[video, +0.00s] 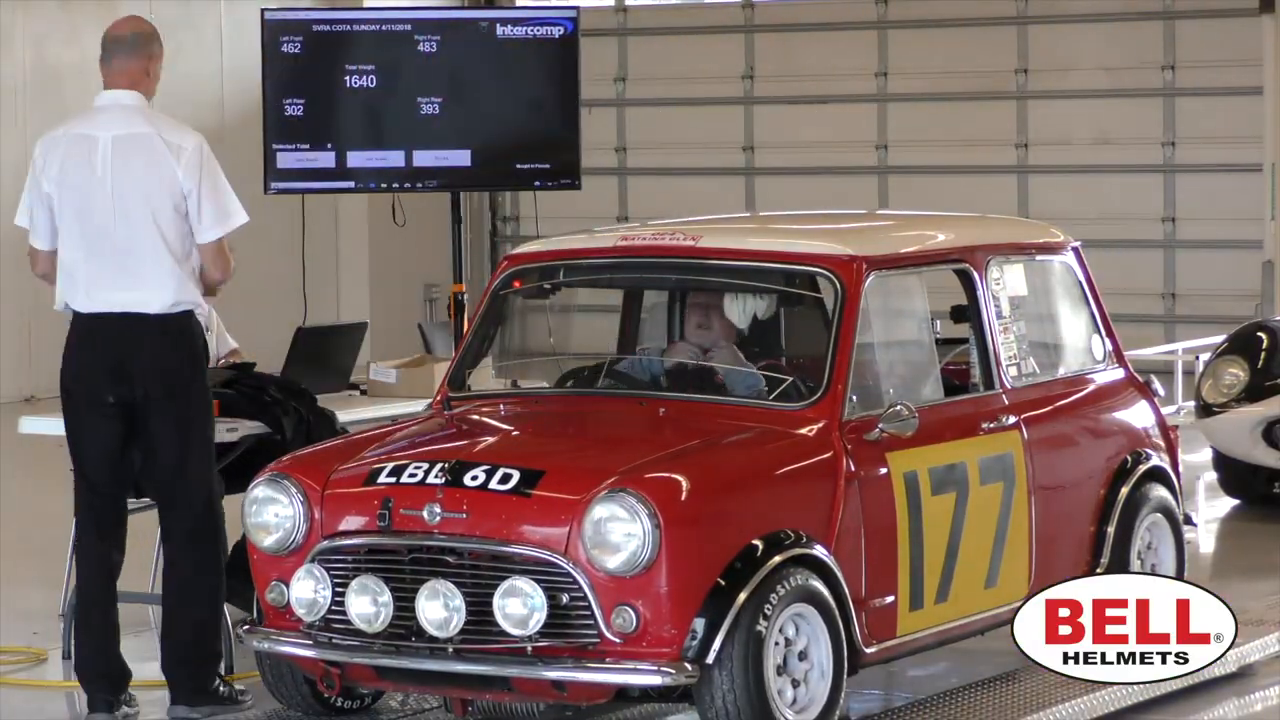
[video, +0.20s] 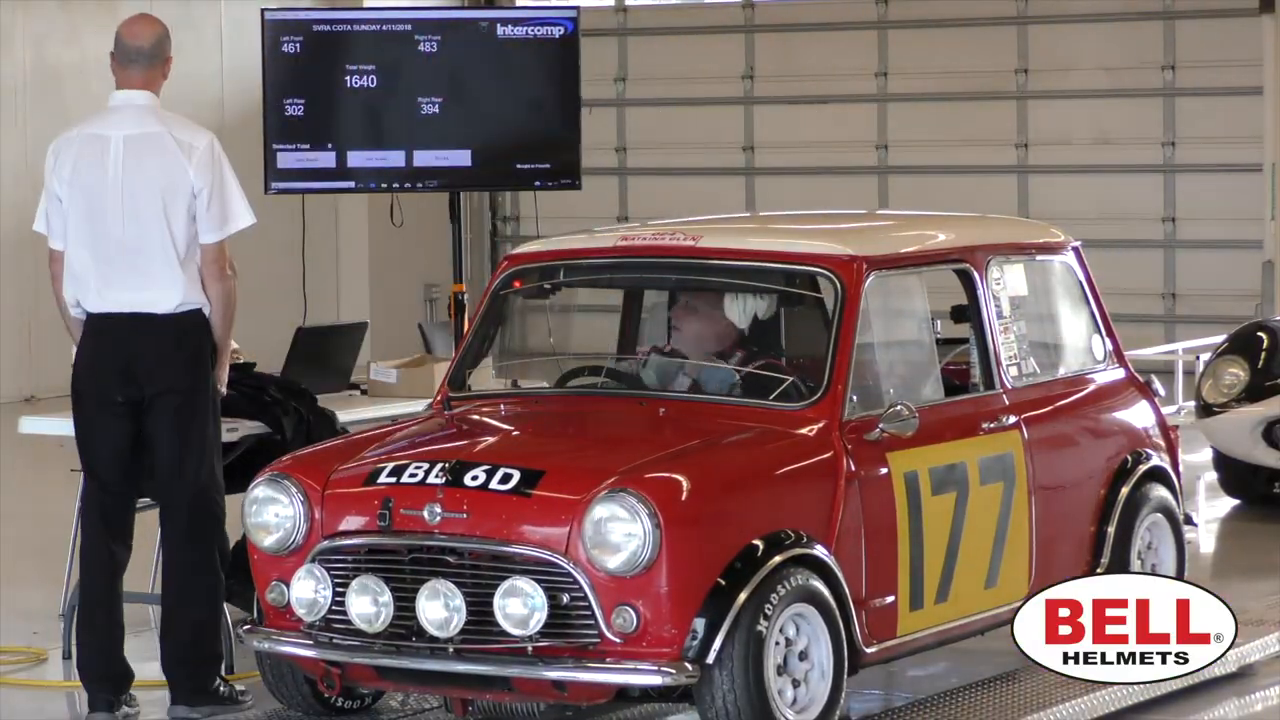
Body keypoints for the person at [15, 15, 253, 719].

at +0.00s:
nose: (159, 74)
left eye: (150, 62)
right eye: (159, 63)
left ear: (101, 66)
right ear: (153, 65)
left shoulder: (54, 145)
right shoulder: (183, 144)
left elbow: (42, 262)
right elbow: (216, 268)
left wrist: (104, 279)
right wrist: (183, 290)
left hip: (88, 346)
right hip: (169, 348)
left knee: (96, 516)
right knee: (190, 515)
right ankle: (192, 683)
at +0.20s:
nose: (160, 71)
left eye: (141, 57)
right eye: (166, 61)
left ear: (111, 64)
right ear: (167, 68)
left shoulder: (66, 147)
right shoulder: (195, 144)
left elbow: (58, 266)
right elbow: (215, 265)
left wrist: (86, 338)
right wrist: (223, 349)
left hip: (99, 346)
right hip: (179, 344)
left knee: (104, 512)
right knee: (191, 513)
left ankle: (102, 684)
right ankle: (193, 682)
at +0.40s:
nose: (321, 107)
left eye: (324, 94)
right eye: (320, 93)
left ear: (266, 76)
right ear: (293, 82)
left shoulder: (196, 143)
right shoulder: (282, 158)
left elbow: (180, 259)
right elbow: (285, 282)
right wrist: (316, 359)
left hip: (192, 344)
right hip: (256, 349)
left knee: (189, 511)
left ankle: (119, 663)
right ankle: (271, 674)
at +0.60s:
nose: (210, 283)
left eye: (213, 275)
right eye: (203, 274)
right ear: (172, 269)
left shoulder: (202, 316)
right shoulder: (122, 313)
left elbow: (217, 381)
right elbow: (98, 390)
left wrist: (252, 368)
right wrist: (149, 384)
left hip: (200, 442)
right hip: (135, 445)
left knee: (287, 466)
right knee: (203, 483)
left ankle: (242, 578)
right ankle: (195, 602)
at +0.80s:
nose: (186, 291)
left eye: (194, 282)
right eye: (176, 280)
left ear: (201, 281)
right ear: (151, 272)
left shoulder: (201, 312)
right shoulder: (111, 323)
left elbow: (220, 372)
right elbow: (92, 400)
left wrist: (245, 364)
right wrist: (152, 394)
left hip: (203, 443)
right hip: (135, 448)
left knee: (289, 466)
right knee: (203, 481)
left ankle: (241, 574)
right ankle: (196, 603)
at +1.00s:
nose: (202, 288)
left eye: (205, 280)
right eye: (195, 279)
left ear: (206, 278)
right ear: (164, 272)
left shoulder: (199, 312)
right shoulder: (113, 318)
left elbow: (215, 377)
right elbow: (93, 399)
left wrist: (254, 364)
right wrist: (151, 365)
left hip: (198, 442)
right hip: (132, 447)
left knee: (295, 464)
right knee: (202, 482)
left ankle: (243, 575)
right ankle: (196, 601)